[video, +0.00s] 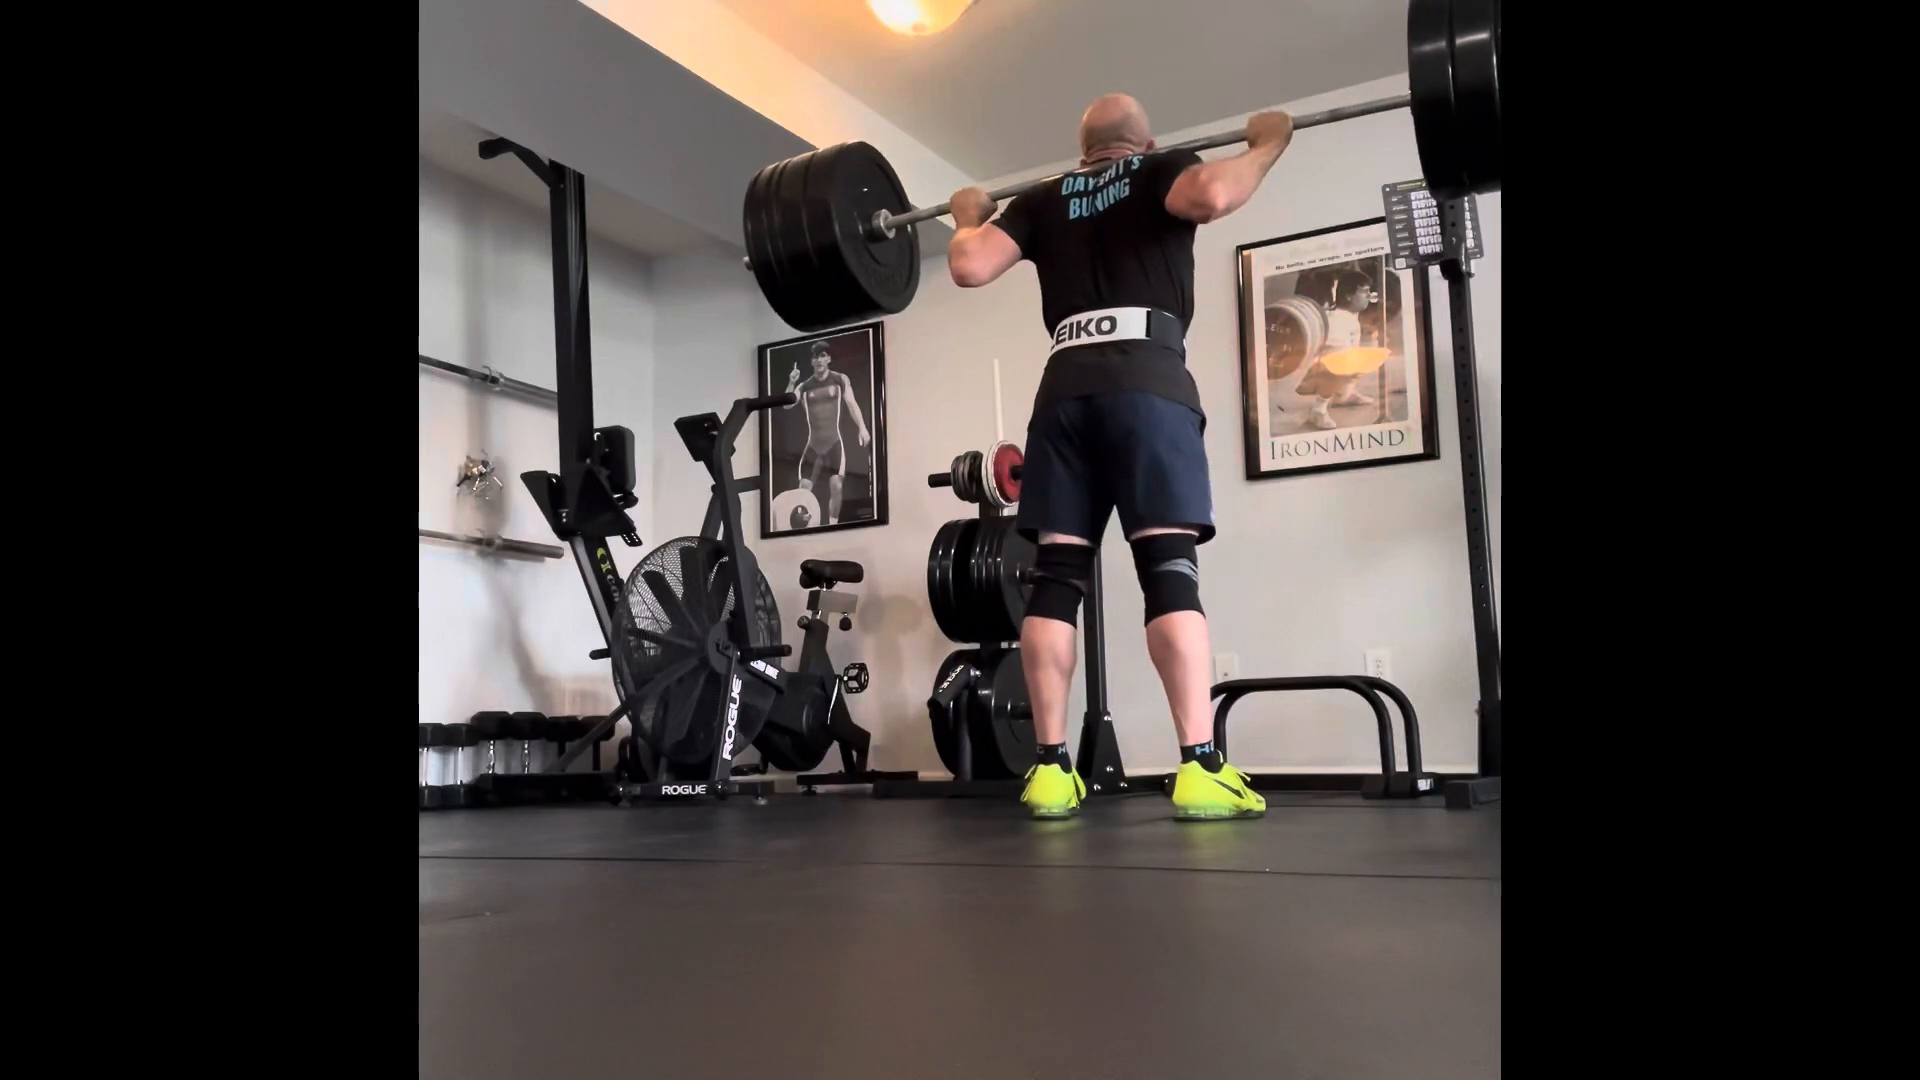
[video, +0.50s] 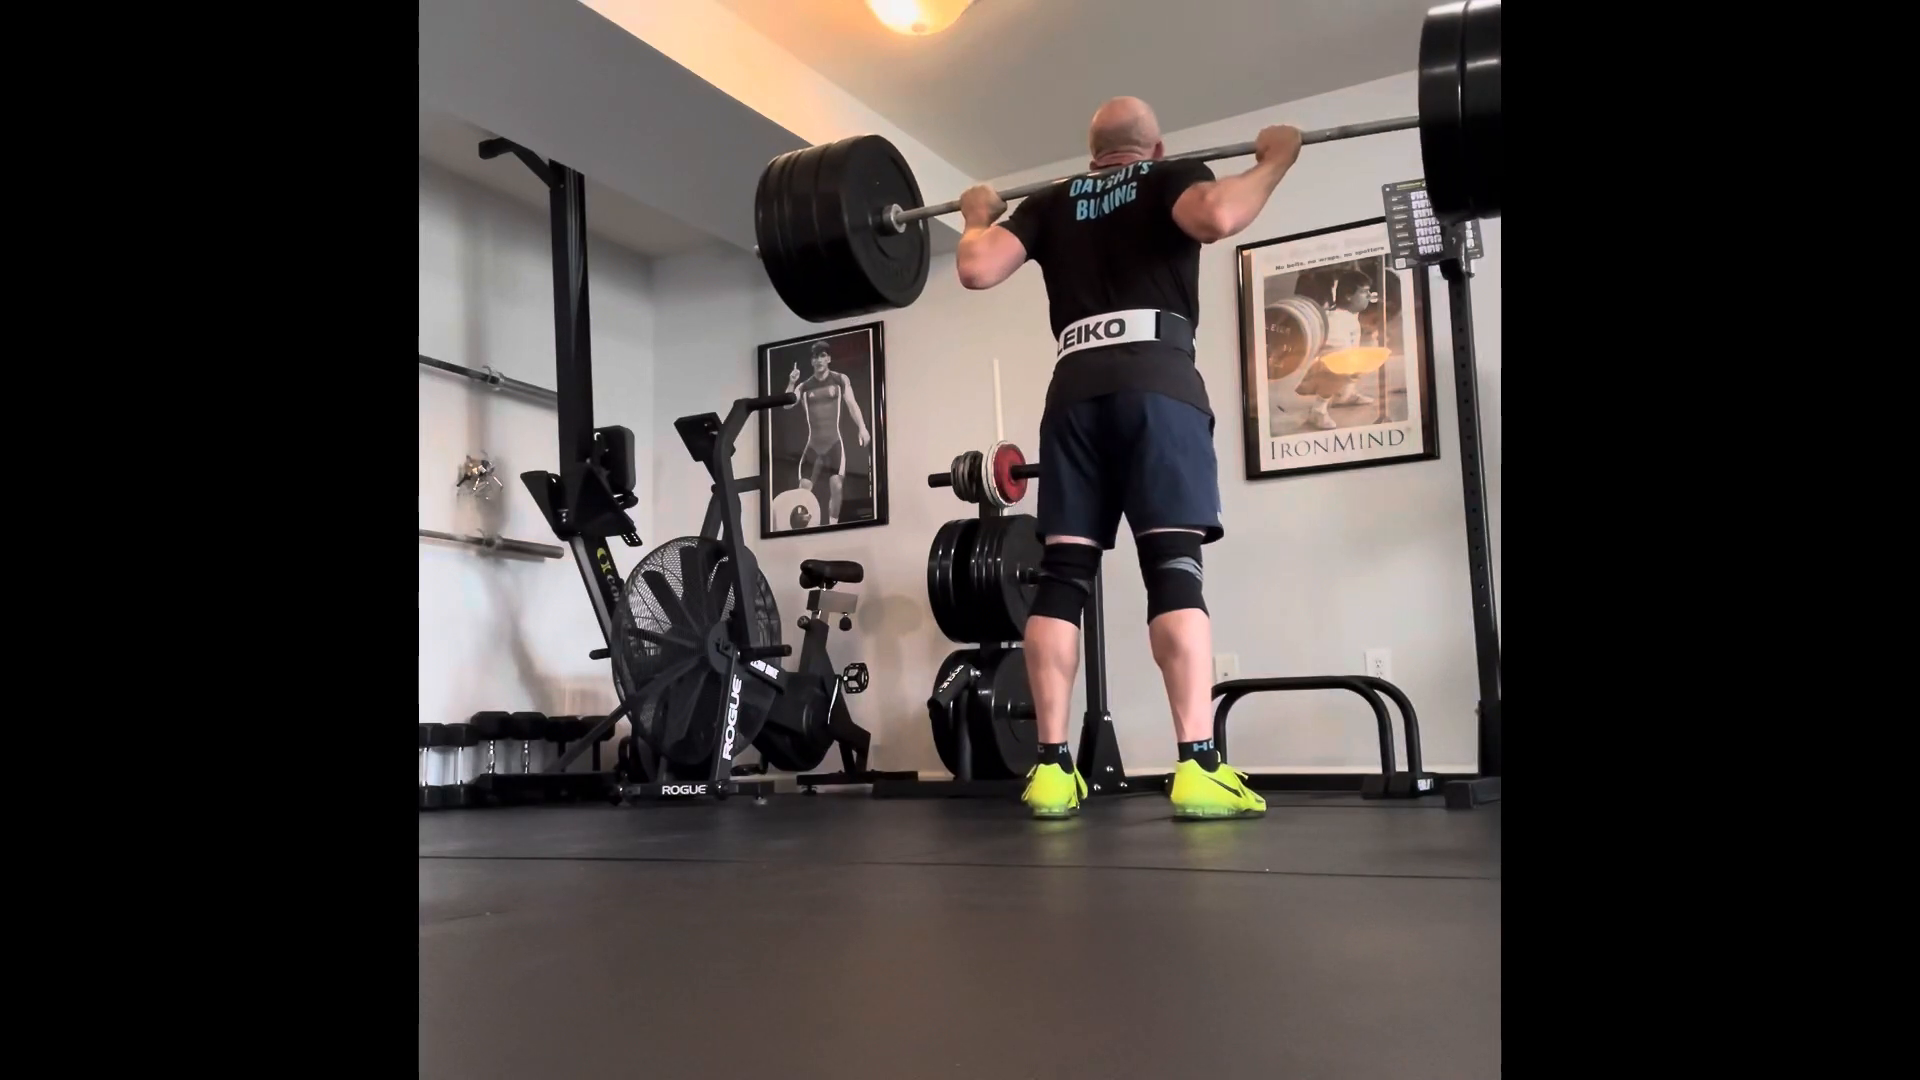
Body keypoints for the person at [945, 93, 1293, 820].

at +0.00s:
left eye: (1091, 137)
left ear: (1081, 150)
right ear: (1148, 142)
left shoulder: (1041, 201)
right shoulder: (1162, 166)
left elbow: (968, 265)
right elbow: (1215, 194)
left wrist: (967, 217)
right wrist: (1265, 146)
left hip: (1064, 388)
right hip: (1150, 384)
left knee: (1056, 576)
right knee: (1169, 571)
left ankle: (1051, 765)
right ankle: (1200, 764)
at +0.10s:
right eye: (1145, 138)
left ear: (1082, 150)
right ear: (1150, 144)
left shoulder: (1043, 202)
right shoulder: (1163, 171)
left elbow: (970, 266)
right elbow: (1219, 213)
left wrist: (970, 217)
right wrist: (1269, 155)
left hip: (1062, 391)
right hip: (1147, 386)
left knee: (1055, 576)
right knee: (1166, 573)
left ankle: (1052, 765)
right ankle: (1198, 763)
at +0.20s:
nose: (1144, 149)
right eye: (1150, 140)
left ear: (1083, 152)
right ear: (1151, 146)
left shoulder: (1045, 205)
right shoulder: (1164, 175)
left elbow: (974, 271)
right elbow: (1215, 219)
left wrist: (971, 219)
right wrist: (1270, 162)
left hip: (1069, 391)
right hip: (1155, 387)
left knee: (1057, 577)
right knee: (1168, 573)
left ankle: (1053, 765)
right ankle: (1197, 762)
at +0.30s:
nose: (1144, 152)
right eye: (1150, 144)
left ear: (1084, 154)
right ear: (1152, 148)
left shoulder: (1046, 207)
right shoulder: (1165, 179)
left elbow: (974, 271)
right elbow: (1215, 219)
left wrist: (973, 220)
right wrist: (1270, 163)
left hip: (1075, 392)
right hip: (1161, 387)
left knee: (1061, 577)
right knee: (1174, 572)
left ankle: (1052, 765)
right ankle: (1197, 762)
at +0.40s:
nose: (1152, 151)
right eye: (1155, 142)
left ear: (1088, 154)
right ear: (1155, 147)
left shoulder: (1047, 206)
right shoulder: (1166, 178)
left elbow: (975, 269)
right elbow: (1216, 218)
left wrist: (974, 218)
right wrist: (1271, 163)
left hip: (1075, 389)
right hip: (1161, 384)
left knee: (1060, 575)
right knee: (1173, 569)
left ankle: (1052, 765)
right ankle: (1198, 762)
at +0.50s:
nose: (1156, 149)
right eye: (1158, 141)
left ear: (1089, 152)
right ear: (1157, 146)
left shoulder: (1049, 203)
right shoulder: (1168, 175)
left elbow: (976, 267)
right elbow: (1219, 214)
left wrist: (976, 217)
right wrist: (1273, 161)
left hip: (1074, 386)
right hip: (1161, 382)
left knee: (1062, 576)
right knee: (1174, 572)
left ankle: (1052, 766)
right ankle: (1197, 763)